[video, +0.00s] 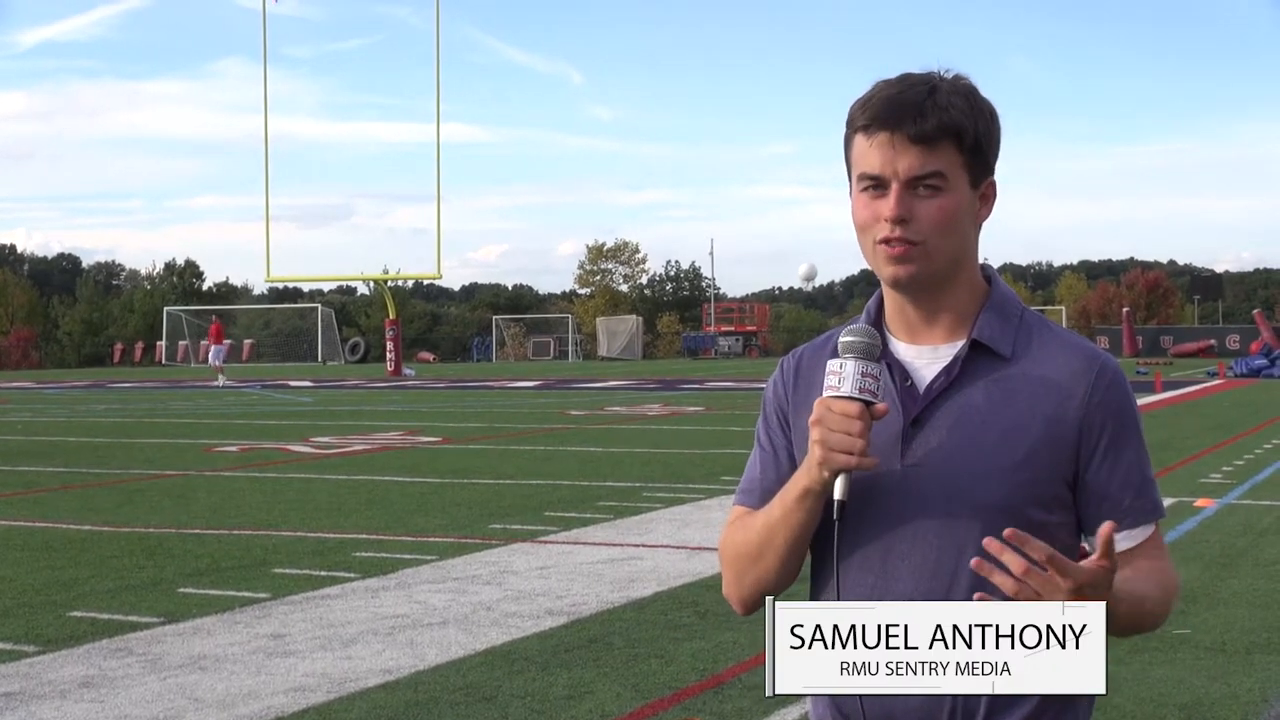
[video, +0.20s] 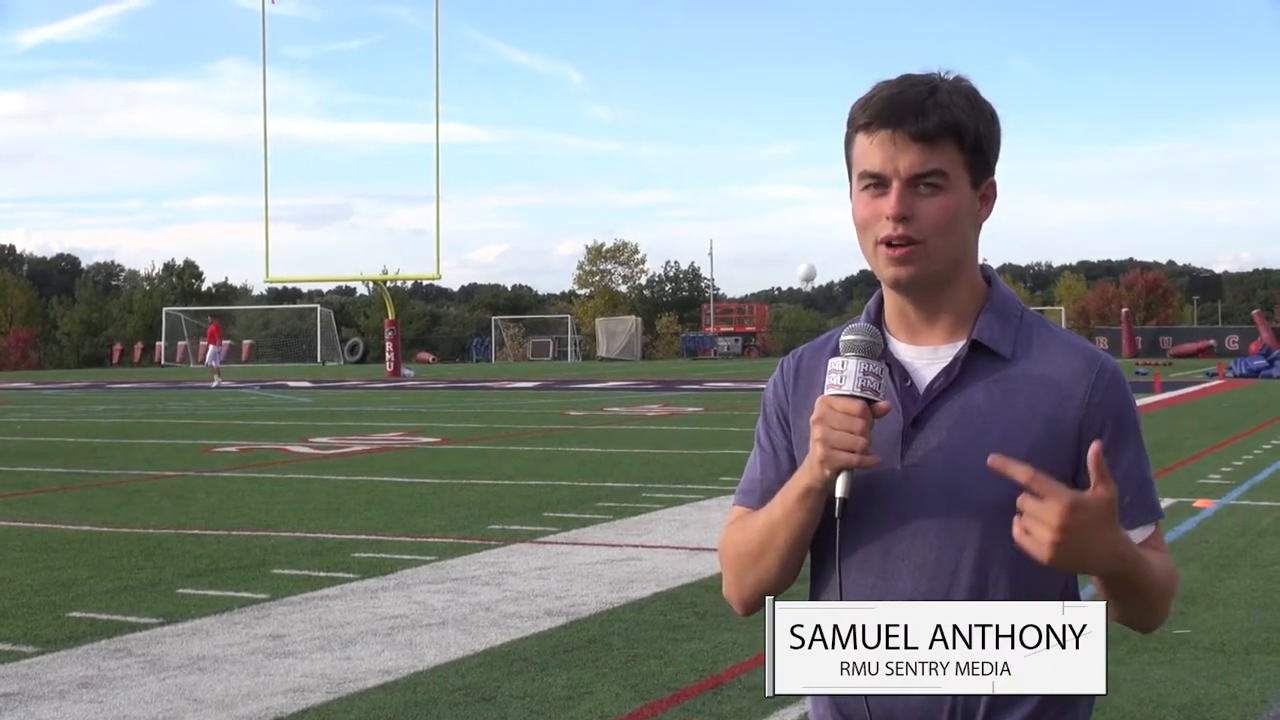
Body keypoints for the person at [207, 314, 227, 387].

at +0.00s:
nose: (213, 319)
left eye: (213, 317)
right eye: (213, 317)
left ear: (215, 318)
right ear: (219, 319)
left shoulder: (214, 326)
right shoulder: (221, 326)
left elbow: (213, 336)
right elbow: (222, 336)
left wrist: (210, 344)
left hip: (215, 345)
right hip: (221, 345)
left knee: (212, 361)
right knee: (219, 362)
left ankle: (221, 376)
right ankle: (221, 377)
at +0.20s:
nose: (208, 320)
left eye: (209, 318)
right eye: (208, 318)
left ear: (212, 319)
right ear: (211, 319)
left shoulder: (214, 326)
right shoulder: (211, 326)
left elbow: (217, 336)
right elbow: (211, 336)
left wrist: (218, 345)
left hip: (213, 345)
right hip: (214, 345)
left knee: (208, 362)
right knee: (215, 363)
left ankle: (216, 378)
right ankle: (218, 378)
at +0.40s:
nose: (206, 323)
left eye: (207, 321)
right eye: (205, 321)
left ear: (210, 321)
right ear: (204, 322)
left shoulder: (214, 329)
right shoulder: (204, 329)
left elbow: (218, 340)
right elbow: (201, 337)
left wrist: (219, 350)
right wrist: (198, 342)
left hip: (213, 347)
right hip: (207, 347)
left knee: (208, 363)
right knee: (213, 365)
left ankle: (209, 379)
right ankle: (217, 379)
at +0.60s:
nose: (202, 324)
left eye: (203, 323)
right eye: (200, 323)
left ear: (205, 323)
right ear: (199, 323)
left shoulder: (211, 329)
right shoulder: (198, 330)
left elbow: (216, 339)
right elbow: (196, 340)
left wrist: (216, 346)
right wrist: (194, 346)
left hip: (209, 347)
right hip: (202, 348)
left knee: (205, 365)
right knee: (205, 366)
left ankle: (207, 382)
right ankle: (214, 379)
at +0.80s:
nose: (197, 323)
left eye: (198, 321)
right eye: (196, 321)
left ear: (201, 321)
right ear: (195, 322)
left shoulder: (206, 329)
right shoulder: (194, 330)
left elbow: (209, 340)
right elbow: (192, 341)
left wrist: (210, 349)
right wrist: (190, 350)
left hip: (204, 348)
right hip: (197, 348)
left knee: (204, 366)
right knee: (194, 367)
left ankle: (206, 382)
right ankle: (202, 379)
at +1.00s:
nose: (193, 323)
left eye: (194, 321)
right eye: (192, 321)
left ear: (197, 322)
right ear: (190, 322)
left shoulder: (200, 330)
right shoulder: (188, 331)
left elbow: (202, 339)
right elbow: (187, 340)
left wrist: (201, 347)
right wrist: (187, 348)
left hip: (199, 349)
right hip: (191, 349)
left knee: (202, 367)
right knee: (187, 367)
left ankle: (205, 383)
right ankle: (186, 382)